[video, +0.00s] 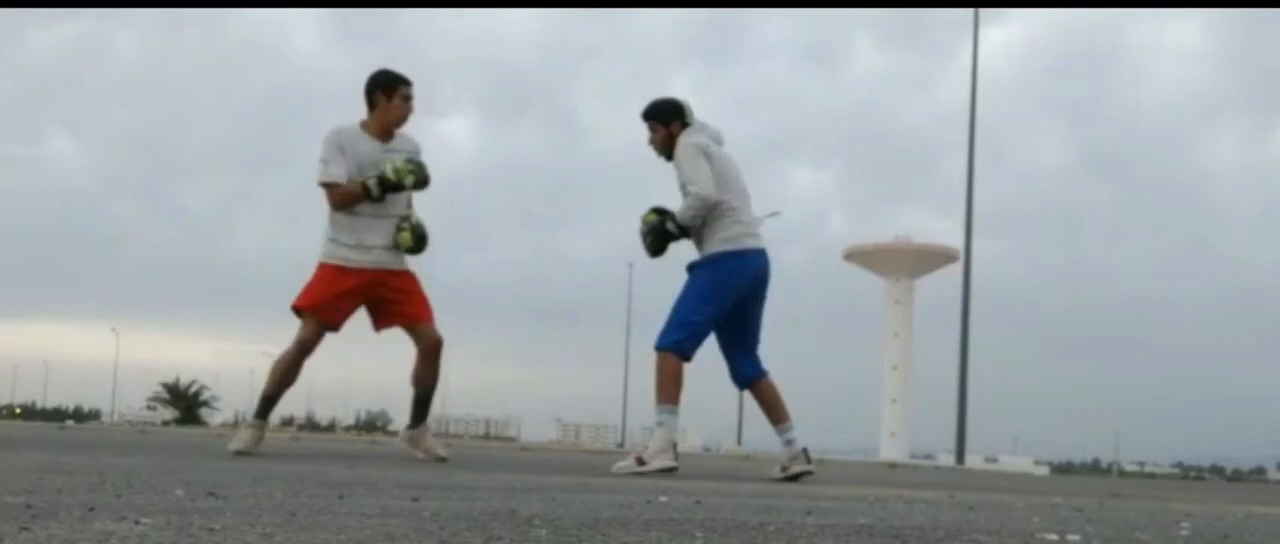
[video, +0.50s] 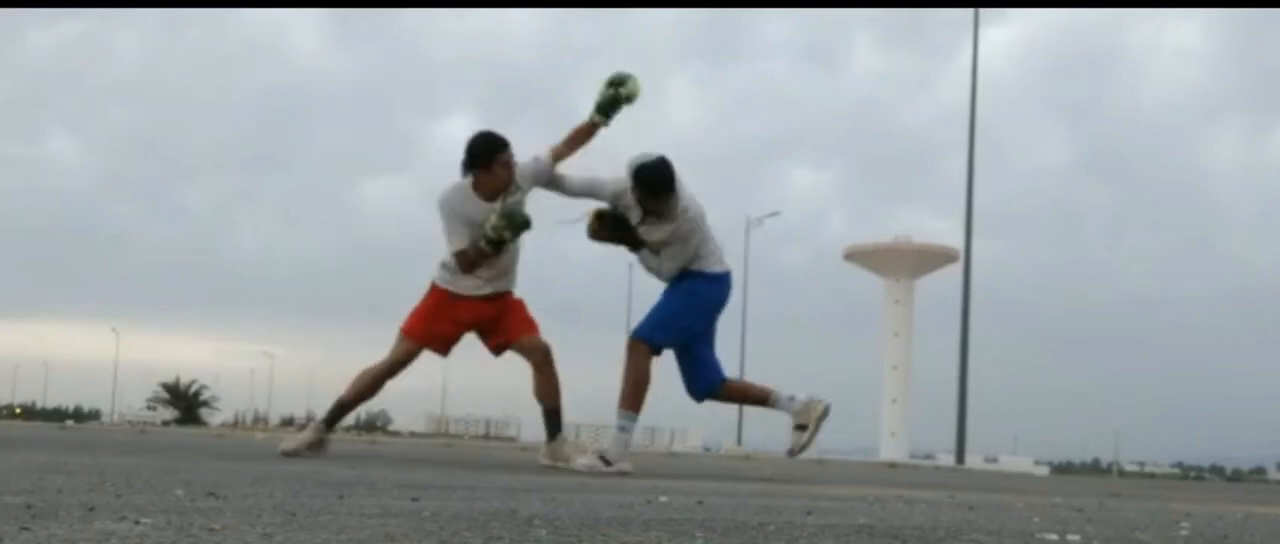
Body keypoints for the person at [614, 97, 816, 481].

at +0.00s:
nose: (650, 142)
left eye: (652, 133)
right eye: (649, 133)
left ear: (671, 127)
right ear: (677, 126)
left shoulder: (688, 147)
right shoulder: (710, 148)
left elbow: (703, 195)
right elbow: (721, 211)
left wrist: (675, 224)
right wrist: (680, 226)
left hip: (725, 261)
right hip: (752, 260)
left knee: (670, 347)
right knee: (746, 364)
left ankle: (661, 447)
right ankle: (794, 452)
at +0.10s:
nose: (644, 143)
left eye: (647, 134)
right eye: (643, 135)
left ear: (667, 129)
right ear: (672, 128)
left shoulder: (687, 149)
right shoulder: (703, 149)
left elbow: (697, 202)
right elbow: (715, 212)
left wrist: (657, 218)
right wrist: (678, 235)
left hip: (721, 264)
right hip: (743, 264)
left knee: (657, 340)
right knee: (735, 367)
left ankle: (651, 446)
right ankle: (792, 447)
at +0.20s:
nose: (635, 144)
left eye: (638, 134)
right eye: (634, 135)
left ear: (659, 130)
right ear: (661, 130)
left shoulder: (682, 157)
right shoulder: (690, 155)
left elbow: (685, 214)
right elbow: (705, 222)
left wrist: (642, 206)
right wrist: (673, 249)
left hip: (707, 274)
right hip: (722, 274)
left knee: (640, 340)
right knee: (716, 375)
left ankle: (628, 450)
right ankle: (787, 443)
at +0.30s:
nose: (623, 143)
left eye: (628, 134)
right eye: (622, 134)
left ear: (652, 133)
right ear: (648, 133)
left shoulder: (678, 166)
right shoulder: (649, 165)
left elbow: (701, 230)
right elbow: (636, 187)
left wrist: (657, 204)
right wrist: (605, 188)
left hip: (694, 286)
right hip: (688, 286)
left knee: (626, 343)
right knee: (714, 380)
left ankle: (612, 450)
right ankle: (796, 441)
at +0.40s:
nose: (643, 178)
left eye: (650, 170)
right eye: (637, 171)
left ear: (661, 160)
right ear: (626, 163)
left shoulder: (678, 197)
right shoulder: (625, 180)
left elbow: (668, 265)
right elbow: (579, 172)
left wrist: (639, 232)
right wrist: (531, 154)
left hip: (706, 277)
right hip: (683, 283)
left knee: (650, 343)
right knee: (715, 379)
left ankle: (617, 450)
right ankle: (803, 430)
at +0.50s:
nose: (659, 210)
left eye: (664, 203)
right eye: (651, 203)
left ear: (672, 191)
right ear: (637, 193)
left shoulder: (687, 216)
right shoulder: (625, 192)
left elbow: (665, 270)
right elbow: (571, 186)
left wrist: (626, 242)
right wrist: (530, 171)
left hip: (706, 283)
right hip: (686, 284)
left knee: (640, 345)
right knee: (706, 384)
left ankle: (616, 453)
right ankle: (801, 408)